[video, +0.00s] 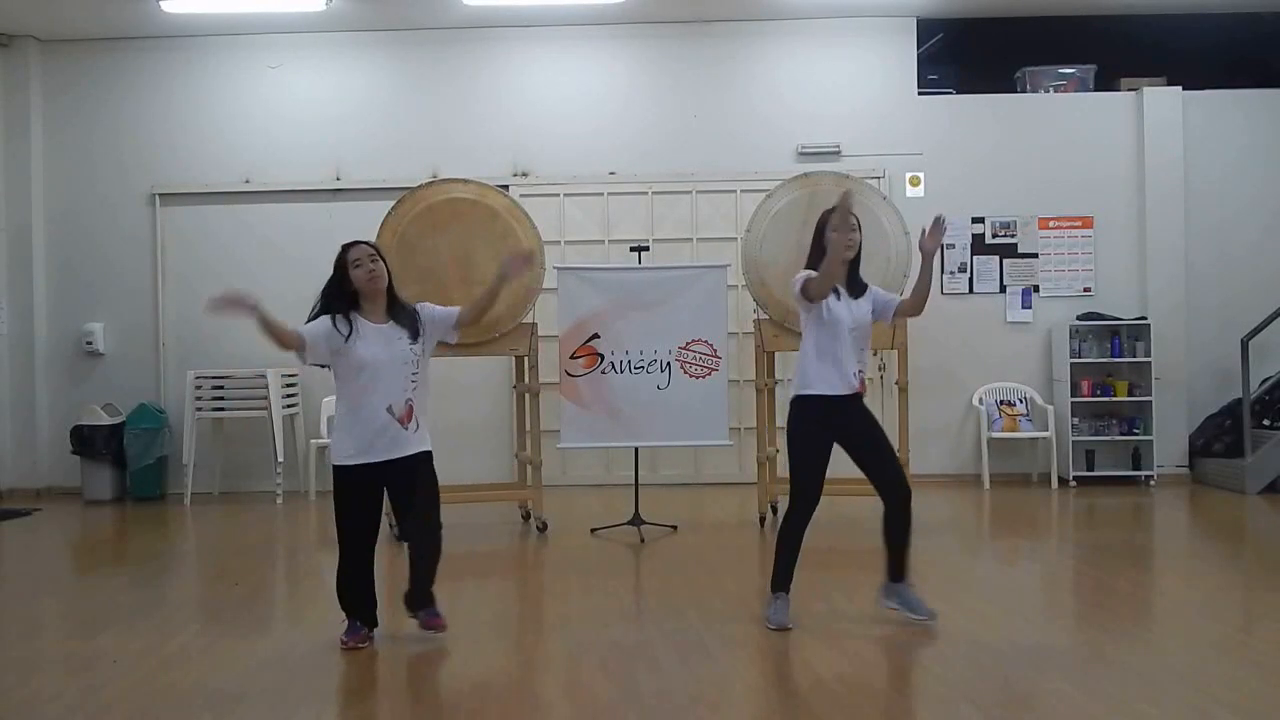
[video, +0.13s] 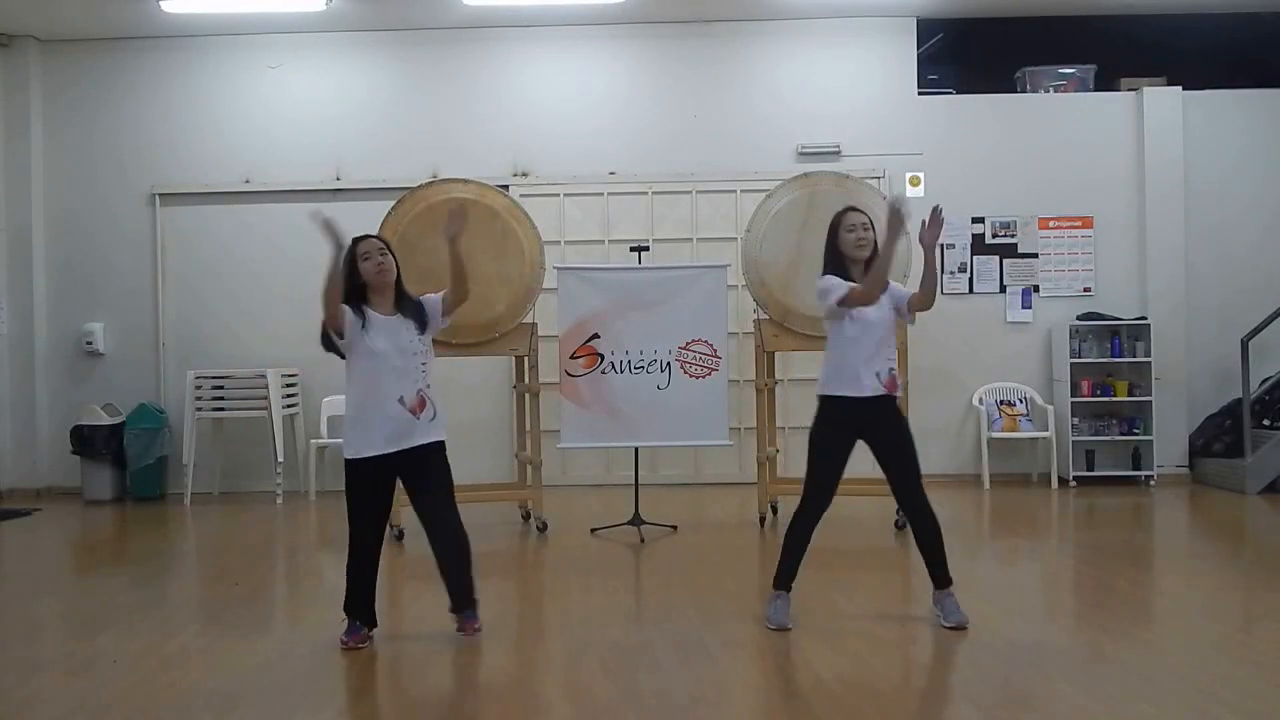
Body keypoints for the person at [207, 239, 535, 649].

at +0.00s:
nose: (370, 266)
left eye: (375, 259)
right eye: (358, 264)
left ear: (387, 269)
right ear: (347, 281)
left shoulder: (416, 318)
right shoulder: (337, 327)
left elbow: (467, 318)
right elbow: (291, 339)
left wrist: (501, 279)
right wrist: (258, 313)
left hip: (411, 449)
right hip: (355, 454)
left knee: (426, 531)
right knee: (356, 544)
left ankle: (422, 600)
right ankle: (359, 620)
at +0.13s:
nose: (379, 260)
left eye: (383, 253)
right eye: (367, 257)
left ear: (396, 265)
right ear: (355, 275)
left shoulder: (420, 311)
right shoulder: (352, 320)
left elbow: (458, 293)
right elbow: (332, 305)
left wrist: (454, 243)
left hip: (421, 441)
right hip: (367, 447)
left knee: (447, 529)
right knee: (364, 538)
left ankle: (465, 608)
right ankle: (359, 620)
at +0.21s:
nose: (387, 260)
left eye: (393, 254)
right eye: (376, 257)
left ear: (408, 267)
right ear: (365, 275)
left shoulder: (428, 312)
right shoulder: (360, 321)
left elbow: (457, 296)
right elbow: (365, 300)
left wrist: (427, 254)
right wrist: (391, 264)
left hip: (436, 442)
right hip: (381, 448)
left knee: (458, 530)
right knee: (371, 539)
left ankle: (483, 612)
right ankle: (360, 619)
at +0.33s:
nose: (405, 264)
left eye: (411, 258)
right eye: (393, 260)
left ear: (423, 270)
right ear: (381, 277)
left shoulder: (445, 316)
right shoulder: (378, 327)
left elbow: (479, 299)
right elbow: (362, 314)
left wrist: (450, 261)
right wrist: (389, 277)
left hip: (454, 443)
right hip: (400, 449)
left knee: (467, 532)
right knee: (384, 538)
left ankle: (482, 614)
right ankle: (362, 618)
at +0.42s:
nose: (416, 265)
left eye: (424, 259)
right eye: (408, 261)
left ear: (438, 271)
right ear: (398, 277)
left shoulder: (464, 317)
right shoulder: (387, 325)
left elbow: (510, 306)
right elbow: (343, 324)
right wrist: (338, 289)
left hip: (471, 444)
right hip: (416, 450)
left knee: (477, 534)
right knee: (399, 537)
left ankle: (482, 616)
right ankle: (370, 616)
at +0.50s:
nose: (425, 265)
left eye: (435, 260)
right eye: (417, 261)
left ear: (449, 274)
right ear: (409, 277)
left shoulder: (474, 318)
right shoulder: (394, 328)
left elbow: (525, 311)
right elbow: (337, 335)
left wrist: (558, 280)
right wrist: (305, 307)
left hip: (477, 445)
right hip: (421, 451)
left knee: (480, 534)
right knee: (407, 535)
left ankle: (483, 617)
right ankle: (391, 612)